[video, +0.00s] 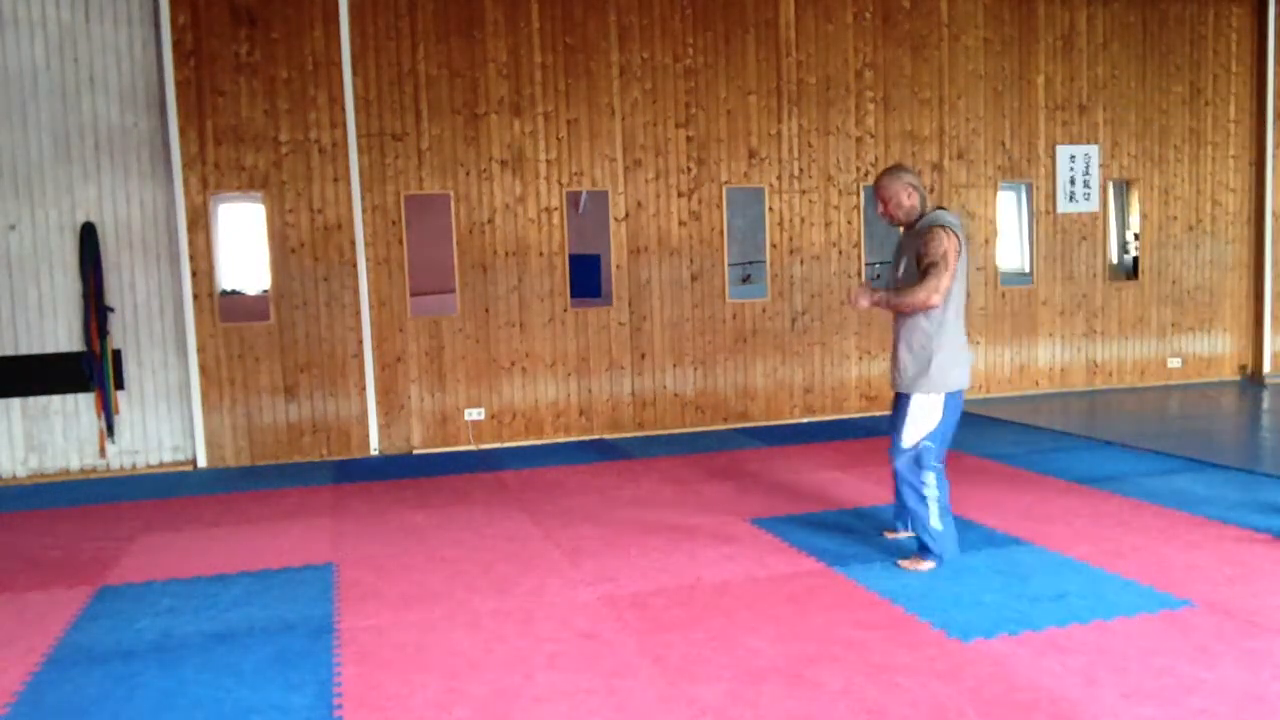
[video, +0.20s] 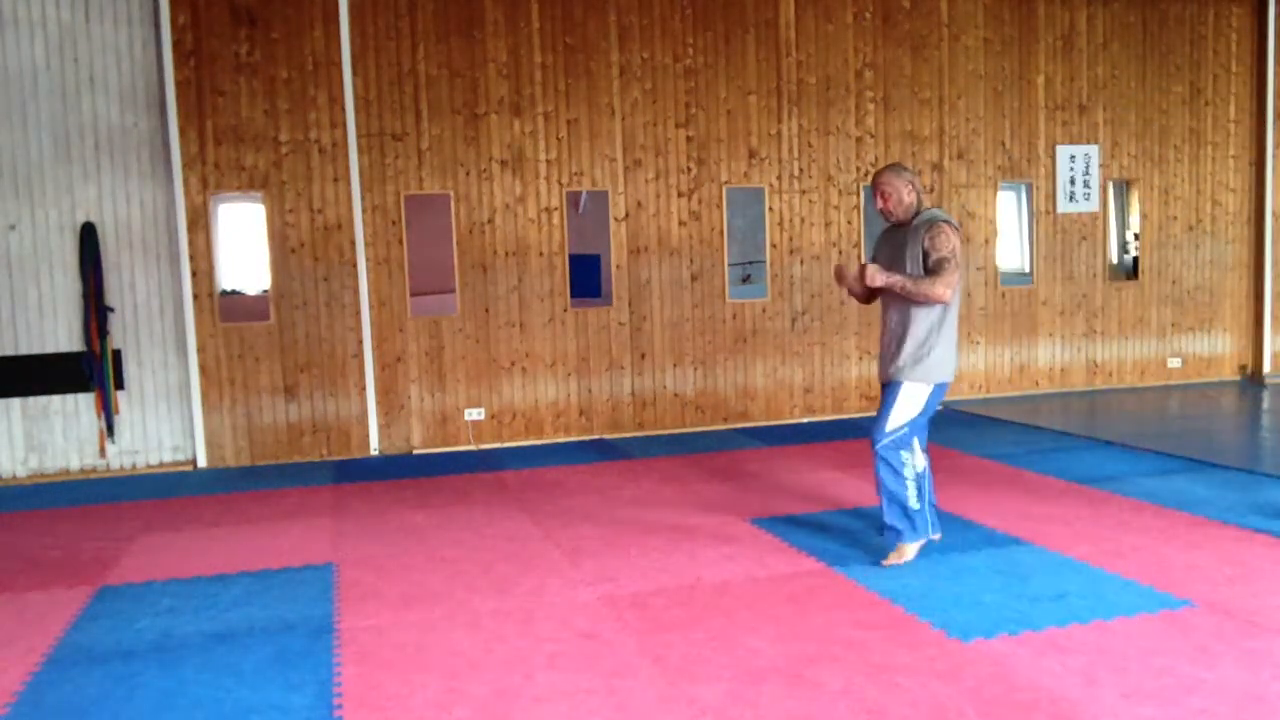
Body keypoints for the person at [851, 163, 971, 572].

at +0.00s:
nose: (883, 213)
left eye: (886, 202)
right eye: (880, 205)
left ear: (910, 193)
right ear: (905, 197)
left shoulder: (939, 231)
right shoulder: (912, 236)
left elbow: (932, 294)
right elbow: (913, 292)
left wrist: (879, 297)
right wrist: (879, 294)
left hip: (937, 373)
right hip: (915, 369)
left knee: (915, 457)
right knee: (907, 452)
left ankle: (937, 548)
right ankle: (912, 521)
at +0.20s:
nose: (879, 205)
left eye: (885, 195)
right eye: (876, 197)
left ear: (910, 190)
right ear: (881, 199)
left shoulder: (938, 229)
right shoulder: (888, 238)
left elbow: (942, 289)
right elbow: (871, 294)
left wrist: (886, 279)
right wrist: (855, 284)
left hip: (927, 363)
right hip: (897, 361)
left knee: (888, 438)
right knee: (908, 444)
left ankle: (911, 532)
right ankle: (925, 523)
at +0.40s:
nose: (875, 201)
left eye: (881, 192)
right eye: (871, 195)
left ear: (905, 188)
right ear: (872, 198)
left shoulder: (930, 230)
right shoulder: (881, 236)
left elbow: (933, 287)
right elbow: (862, 298)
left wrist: (881, 268)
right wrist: (851, 275)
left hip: (918, 362)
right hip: (887, 359)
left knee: (897, 454)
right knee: (906, 450)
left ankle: (893, 549)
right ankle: (926, 522)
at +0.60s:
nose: (865, 205)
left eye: (872, 196)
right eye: (862, 198)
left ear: (896, 192)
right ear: (865, 201)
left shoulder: (919, 235)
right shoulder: (875, 240)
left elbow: (918, 296)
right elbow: (861, 304)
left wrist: (864, 273)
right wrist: (841, 284)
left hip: (910, 374)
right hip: (881, 370)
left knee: (895, 467)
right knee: (898, 459)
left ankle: (900, 559)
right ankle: (925, 525)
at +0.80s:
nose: (856, 203)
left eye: (863, 193)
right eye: (851, 197)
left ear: (886, 191)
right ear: (851, 202)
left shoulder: (910, 235)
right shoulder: (864, 241)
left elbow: (913, 299)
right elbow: (854, 304)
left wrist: (856, 279)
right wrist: (834, 285)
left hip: (908, 380)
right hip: (877, 376)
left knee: (896, 472)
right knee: (871, 453)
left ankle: (898, 561)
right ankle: (912, 512)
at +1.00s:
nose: (851, 207)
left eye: (857, 197)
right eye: (845, 200)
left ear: (880, 194)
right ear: (844, 205)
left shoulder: (909, 239)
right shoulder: (853, 244)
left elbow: (921, 302)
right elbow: (849, 307)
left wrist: (862, 293)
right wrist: (832, 296)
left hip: (907, 381)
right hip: (873, 377)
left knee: (892, 469)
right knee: (872, 460)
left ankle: (901, 560)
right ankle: (892, 528)